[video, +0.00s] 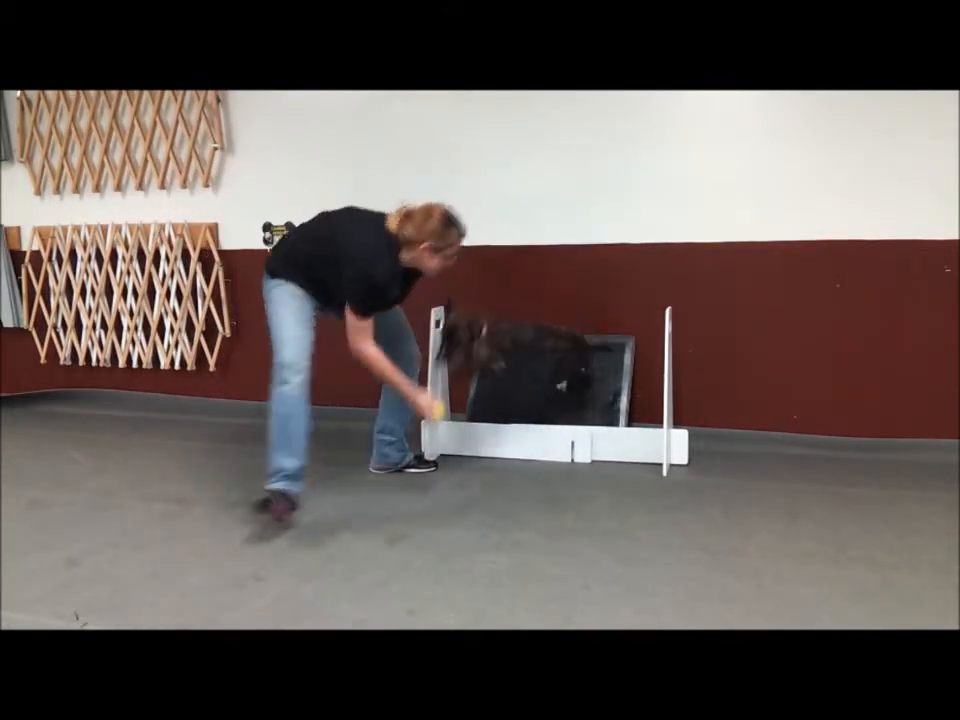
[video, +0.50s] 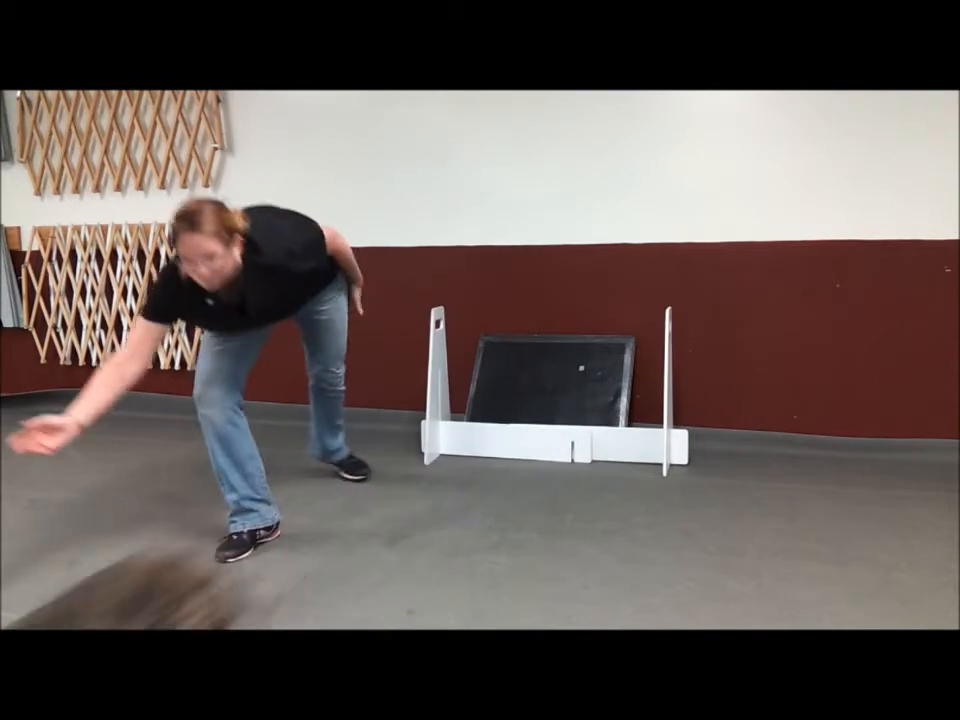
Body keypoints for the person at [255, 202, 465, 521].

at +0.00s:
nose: (451, 263)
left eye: (453, 257)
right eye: (448, 256)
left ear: (425, 248)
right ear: (425, 250)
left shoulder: (411, 258)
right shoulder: (368, 263)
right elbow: (361, 345)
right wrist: (413, 394)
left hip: (349, 279)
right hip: (294, 277)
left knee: (406, 356)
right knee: (293, 370)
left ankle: (390, 455)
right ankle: (284, 487)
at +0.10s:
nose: (411, 290)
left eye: (414, 282)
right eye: (405, 283)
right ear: (378, 273)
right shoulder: (336, 287)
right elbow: (341, 378)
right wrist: (388, 449)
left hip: (345, 298)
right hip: (277, 294)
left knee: (399, 365)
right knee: (262, 397)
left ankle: (389, 453)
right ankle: (256, 512)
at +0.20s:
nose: (354, 308)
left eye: (361, 299)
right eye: (344, 299)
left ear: (371, 291)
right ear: (318, 287)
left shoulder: (355, 279)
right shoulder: (281, 290)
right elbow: (298, 390)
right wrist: (313, 478)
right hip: (257, 307)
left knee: (385, 372)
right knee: (230, 394)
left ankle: (387, 452)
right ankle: (250, 519)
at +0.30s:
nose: (289, 312)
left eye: (297, 301)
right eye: (276, 303)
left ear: (313, 286)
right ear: (252, 293)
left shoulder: (332, 273)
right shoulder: (235, 298)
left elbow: (340, 249)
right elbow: (232, 387)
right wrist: (221, 464)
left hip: (323, 308)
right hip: (244, 322)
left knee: (365, 384)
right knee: (212, 403)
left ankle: (390, 475)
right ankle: (252, 517)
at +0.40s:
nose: (232, 298)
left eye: (240, 286)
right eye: (220, 289)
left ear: (263, 271)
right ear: (207, 283)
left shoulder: (303, 262)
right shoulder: (198, 300)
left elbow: (342, 253)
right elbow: (170, 375)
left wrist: (347, 277)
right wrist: (133, 442)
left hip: (315, 298)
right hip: (236, 327)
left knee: (342, 377)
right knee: (212, 402)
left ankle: (363, 455)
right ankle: (248, 505)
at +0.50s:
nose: (198, 272)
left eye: (208, 259)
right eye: (189, 262)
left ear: (236, 246)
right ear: (177, 256)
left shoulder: (281, 241)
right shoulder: (175, 282)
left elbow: (338, 245)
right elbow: (130, 357)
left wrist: (358, 283)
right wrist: (72, 421)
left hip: (312, 288)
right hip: (236, 312)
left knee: (330, 374)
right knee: (213, 397)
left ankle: (332, 450)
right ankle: (254, 516)